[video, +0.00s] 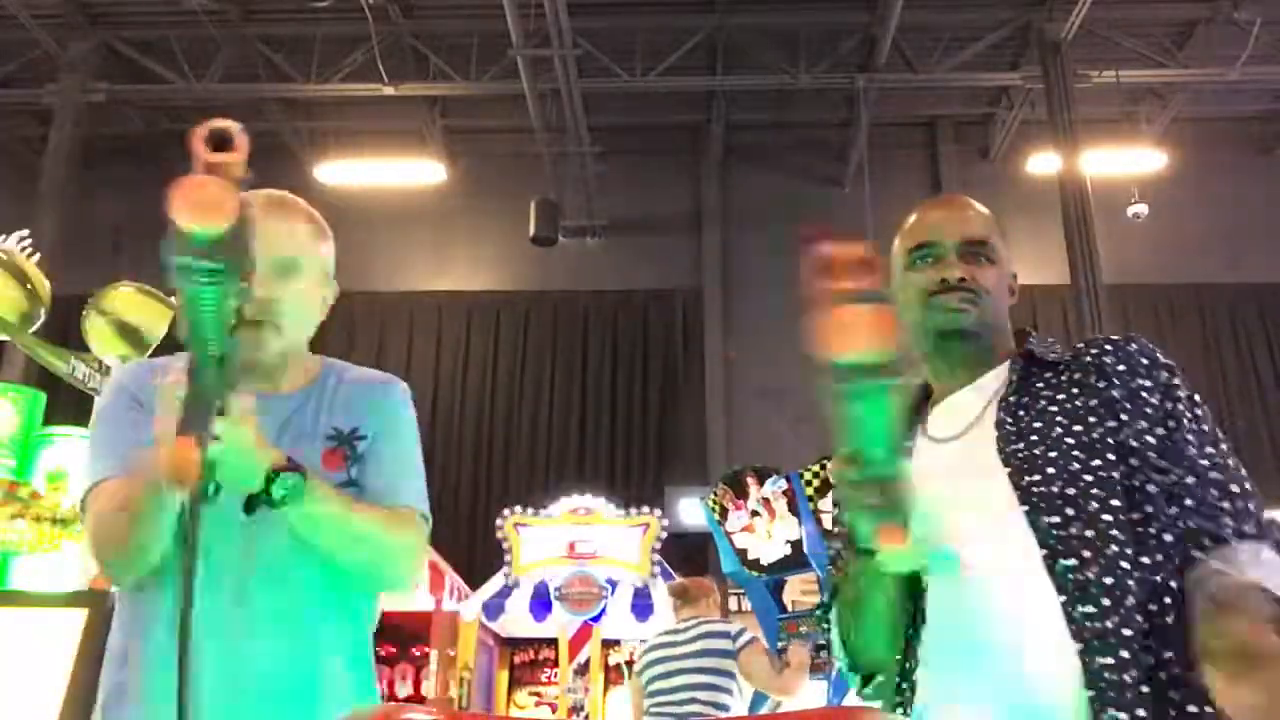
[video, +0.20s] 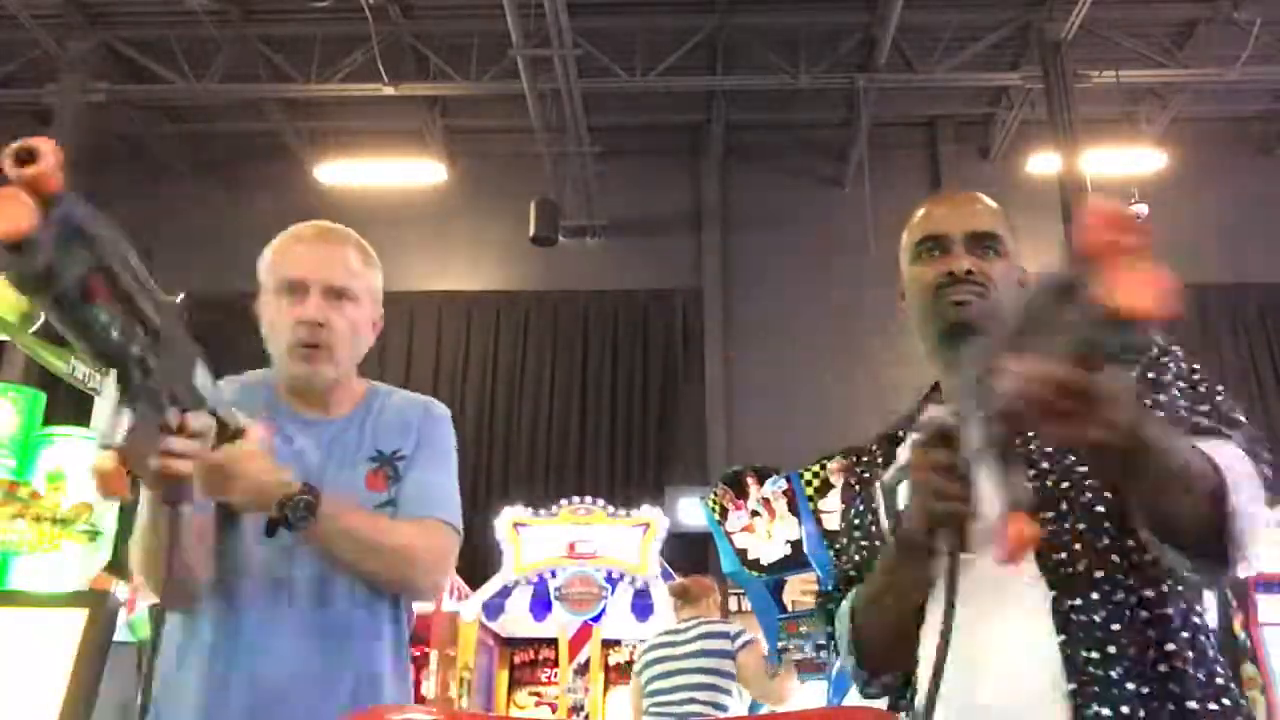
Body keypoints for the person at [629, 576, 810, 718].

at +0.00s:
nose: (721, 609)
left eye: (720, 604)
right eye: (720, 603)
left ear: (675, 610)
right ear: (712, 601)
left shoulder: (647, 649)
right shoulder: (730, 633)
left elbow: (638, 715)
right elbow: (787, 687)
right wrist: (800, 659)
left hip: (660, 716)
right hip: (707, 713)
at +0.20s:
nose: (721, 609)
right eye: (720, 603)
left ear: (677, 609)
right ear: (713, 601)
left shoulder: (647, 647)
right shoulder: (730, 633)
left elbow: (638, 711)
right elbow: (774, 694)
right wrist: (790, 661)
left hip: (658, 714)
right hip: (710, 713)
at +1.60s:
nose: (728, 611)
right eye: (725, 606)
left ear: (681, 612)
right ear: (721, 605)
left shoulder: (655, 645)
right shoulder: (739, 637)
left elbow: (651, 697)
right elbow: (797, 686)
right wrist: (799, 655)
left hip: (662, 715)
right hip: (713, 712)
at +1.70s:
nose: (729, 612)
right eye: (727, 606)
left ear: (681, 612)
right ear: (722, 604)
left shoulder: (654, 646)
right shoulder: (739, 636)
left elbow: (652, 699)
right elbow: (799, 688)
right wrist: (801, 655)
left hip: (661, 716)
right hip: (712, 713)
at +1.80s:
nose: (731, 612)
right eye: (728, 606)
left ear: (682, 613)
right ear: (723, 605)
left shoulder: (655, 646)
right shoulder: (741, 637)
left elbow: (652, 699)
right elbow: (800, 688)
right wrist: (802, 655)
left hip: (661, 715)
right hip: (713, 712)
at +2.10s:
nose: (726, 610)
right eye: (724, 602)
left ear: (679, 611)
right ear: (717, 600)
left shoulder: (651, 648)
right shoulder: (736, 635)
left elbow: (651, 703)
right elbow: (789, 687)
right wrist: (798, 658)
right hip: (715, 713)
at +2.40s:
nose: (726, 612)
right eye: (724, 605)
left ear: (678, 612)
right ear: (716, 602)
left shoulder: (649, 648)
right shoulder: (734, 636)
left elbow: (647, 702)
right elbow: (784, 693)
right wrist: (794, 665)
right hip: (715, 713)